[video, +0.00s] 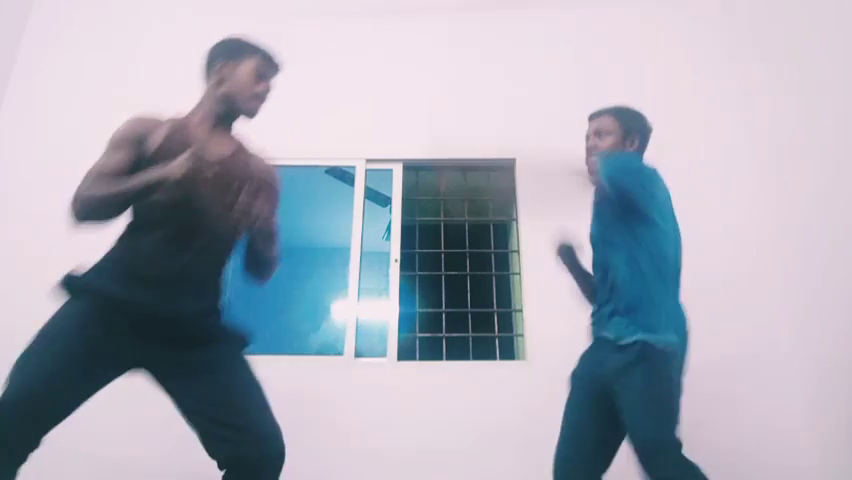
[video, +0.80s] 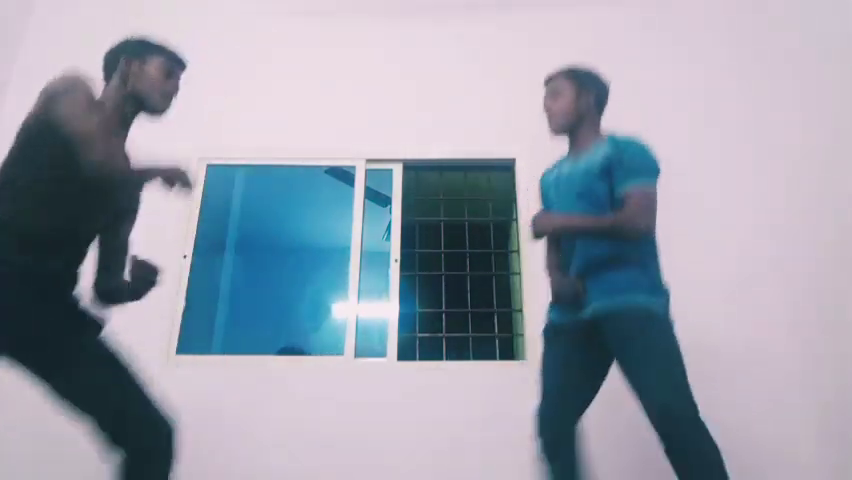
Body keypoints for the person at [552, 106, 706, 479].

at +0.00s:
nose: (591, 145)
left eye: (602, 135)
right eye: (588, 137)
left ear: (633, 142)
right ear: (585, 143)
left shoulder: (643, 181)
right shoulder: (610, 206)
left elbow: (612, 171)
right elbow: (604, 298)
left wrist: (602, 170)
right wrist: (571, 262)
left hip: (649, 350)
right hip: (606, 350)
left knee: (661, 461)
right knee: (572, 470)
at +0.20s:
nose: (575, 125)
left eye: (586, 116)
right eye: (574, 117)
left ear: (619, 124)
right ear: (574, 125)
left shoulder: (656, 188)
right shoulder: (560, 170)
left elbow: (654, 266)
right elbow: (483, 140)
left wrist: (602, 243)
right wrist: (422, 95)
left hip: (638, 332)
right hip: (579, 341)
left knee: (667, 436)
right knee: (595, 464)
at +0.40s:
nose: (534, 139)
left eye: (544, 129)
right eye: (535, 130)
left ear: (575, 138)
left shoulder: (594, 192)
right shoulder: (541, 214)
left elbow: (562, 239)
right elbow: (541, 296)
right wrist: (548, 337)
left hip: (616, 351)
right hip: (560, 352)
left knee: (650, 463)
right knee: (497, 456)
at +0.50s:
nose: (524, 177)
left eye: (535, 169)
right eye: (526, 169)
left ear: (567, 180)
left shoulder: (606, 249)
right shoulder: (524, 257)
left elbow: (595, 339)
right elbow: (508, 328)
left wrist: (517, 329)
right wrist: (516, 395)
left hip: (619, 395)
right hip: (558, 394)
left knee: (660, 471)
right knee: (482, 469)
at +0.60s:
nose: (537, 191)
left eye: (548, 183)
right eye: (537, 184)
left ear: (582, 193)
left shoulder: (623, 263)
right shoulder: (526, 267)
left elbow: (623, 341)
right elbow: (515, 346)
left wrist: (537, 320)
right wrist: (537, 392)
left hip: (617, 410)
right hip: (545, 408)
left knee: (667, 474)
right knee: (474, 474)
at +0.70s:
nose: (543, 153)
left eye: (554, 144)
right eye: (545, 145)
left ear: (585, 154)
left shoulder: (626, 221)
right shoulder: (537, 235)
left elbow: (632, 287)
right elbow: (536, 312)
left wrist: (545, 269)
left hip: (626, 371)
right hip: (558, 370)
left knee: (674, 470)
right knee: (497, 470)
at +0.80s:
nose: (546, 105)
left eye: (555, 95)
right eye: (546, 97)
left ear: (588, 101)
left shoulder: (627, 151)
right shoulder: (552, 178)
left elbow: (640, 219)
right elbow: (555, 249)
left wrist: (559, 224)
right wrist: (558, 279)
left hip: (632, 309)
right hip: (573, 316)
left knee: (676, 421)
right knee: (553, 422)